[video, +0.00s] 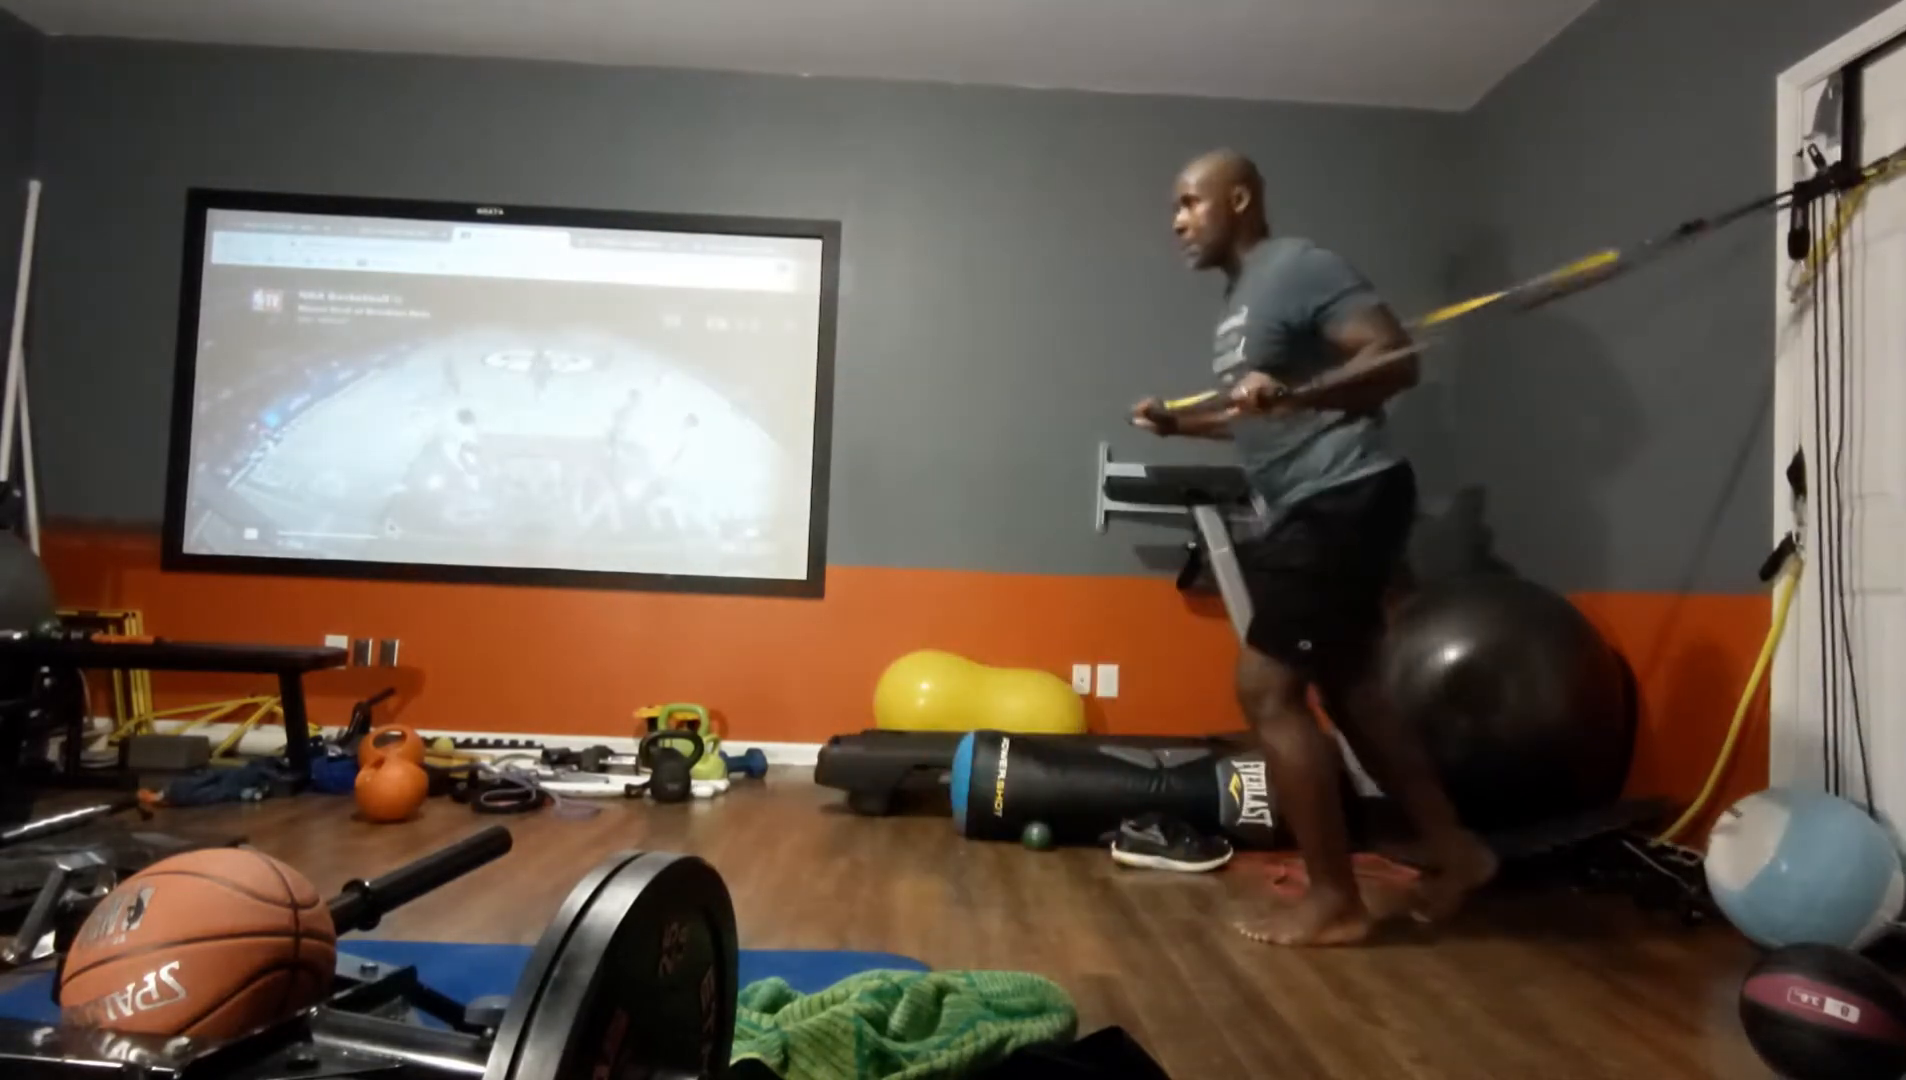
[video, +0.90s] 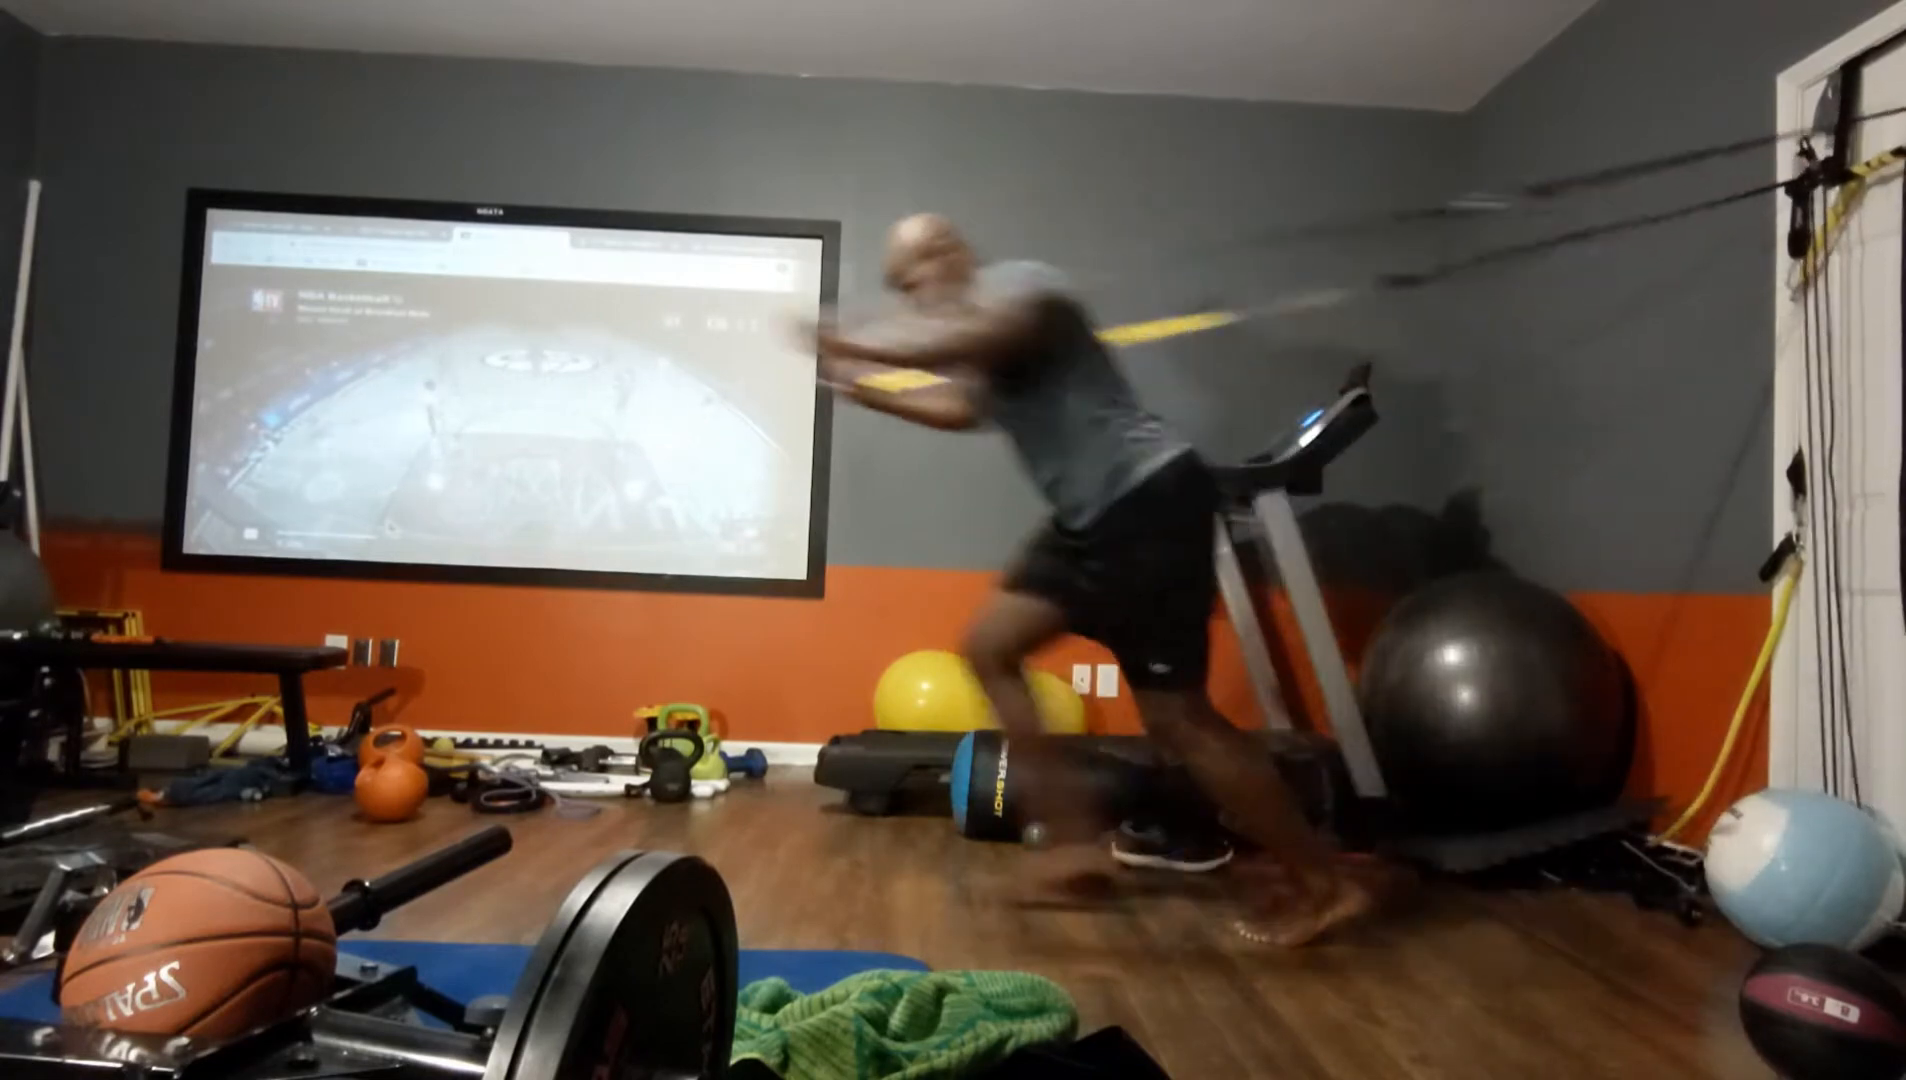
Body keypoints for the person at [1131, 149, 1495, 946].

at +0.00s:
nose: (1177, 221)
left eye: (1189, 203)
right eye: (1175, 208)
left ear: (1243, 201)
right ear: (1218, 213)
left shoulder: (1299, 266)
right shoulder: (1239, 303)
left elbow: (1395, 359)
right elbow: (1265, 416)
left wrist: (1293, 394)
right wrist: (1179, 421)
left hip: (1348, 498)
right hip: (1311, 506)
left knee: (1267, 689)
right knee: (1352, 689)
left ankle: (1331, 901)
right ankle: (1454, 853)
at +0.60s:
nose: (1071, 254)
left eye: (1078, 233)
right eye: (1064, 240)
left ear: (1128, 218)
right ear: (1098, 235)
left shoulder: (1191, 271)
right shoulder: (1138, 317)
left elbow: (1314, 344)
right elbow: (1180, 399)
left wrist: (1225, 382)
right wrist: (1125, 415)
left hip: (1262, 498)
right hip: (1243, 505)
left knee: (1208, 697)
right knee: (1308, 699)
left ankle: (1327, 889)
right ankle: (1445, 840)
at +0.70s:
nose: (1018, 269)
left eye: (1023, 246)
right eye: (1009, 256)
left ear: (1070, 224)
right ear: (1036, 249)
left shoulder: (1137, 272)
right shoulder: (1093, 316)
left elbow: (1257, 347)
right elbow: (1141, 410)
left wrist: (1158, 383)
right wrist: (1080, 418)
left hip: (1221, 497)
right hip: (1192, 509)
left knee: (1197, 709)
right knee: (1228, 705)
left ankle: (1327, 886)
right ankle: (1383, 814)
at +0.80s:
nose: (967, 285)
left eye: (971, 263)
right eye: (955, 275)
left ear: (1013, 239)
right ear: (962, 275)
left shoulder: (1076, 284)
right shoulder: (1040, 328)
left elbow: (1149, 359)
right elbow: (1085, 411)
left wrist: (1033, 381)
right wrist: (1010, 419)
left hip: (1190, 498)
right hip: (1133, 520)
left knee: (1185, 715)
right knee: (1096, 696)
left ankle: (1325, 878)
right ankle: (1271, 764)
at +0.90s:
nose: (935, 275)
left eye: (941, 256)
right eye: (916, 272)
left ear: (965, 252)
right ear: (904, 288)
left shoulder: (1022, 286)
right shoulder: (970, 349)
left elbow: (973, 339)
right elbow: (956, 410)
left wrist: (853, 342)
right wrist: (851, 385)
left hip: (1156, 498)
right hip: (1092, 522)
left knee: (1175, 718)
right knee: (989, 651)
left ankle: (1323, 877)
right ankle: (1076, 848)